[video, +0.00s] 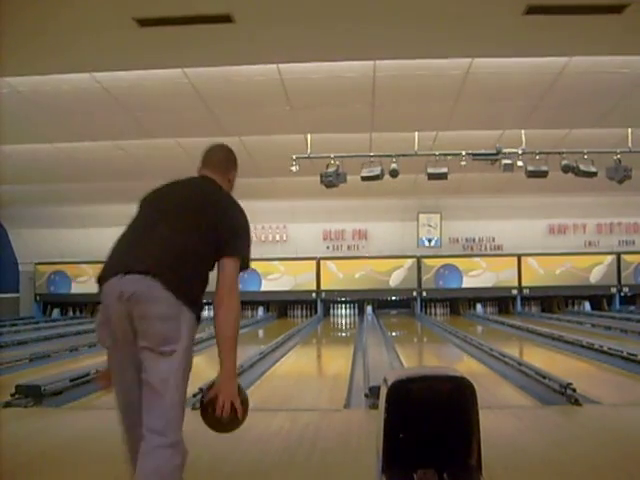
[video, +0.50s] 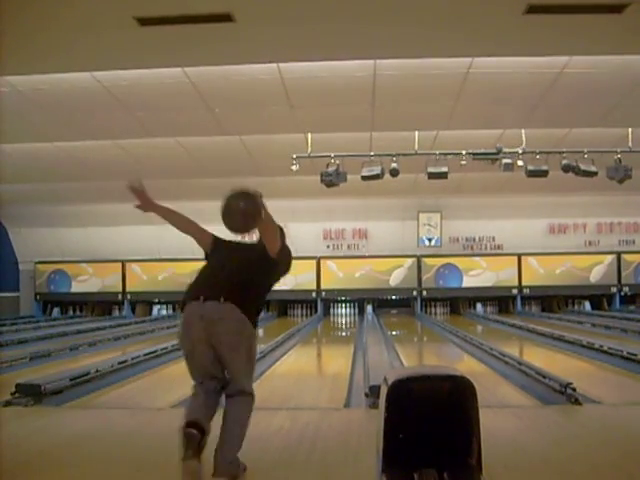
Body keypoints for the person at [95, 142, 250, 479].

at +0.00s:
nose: (232, 184)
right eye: (233, 180)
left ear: (200, 169)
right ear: (232, 177)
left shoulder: (160, 194)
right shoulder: (230, 210)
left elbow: (127, 262)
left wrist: (116, 358)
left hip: (114, 286)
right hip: (164, 293)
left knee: (132, 411)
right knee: (162, 428)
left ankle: (143, 470)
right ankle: (155, 471)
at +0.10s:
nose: (240, 198)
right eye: (242, 193)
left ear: (213, 181)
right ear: (242, 189)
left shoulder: (176, 202)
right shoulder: (239, 214)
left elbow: (132, 258)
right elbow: (233, 263)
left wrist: (97, 312)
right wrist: (229, 332)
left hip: (136, 286)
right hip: (183, 291)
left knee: (150, 398)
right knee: (178, 399)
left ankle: (172, 468)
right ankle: (166, 472)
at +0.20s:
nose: (248, 208)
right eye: (252, 204)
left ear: (224, 195)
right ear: (251, 201)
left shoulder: (190, 212)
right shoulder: (247, 216)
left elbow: (138, 242)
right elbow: (242, 230)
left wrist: (91, 270)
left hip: (152, 295)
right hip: (199, 297)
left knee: (162, 398)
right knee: (200, 389)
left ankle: (170, 471)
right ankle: (188, 466)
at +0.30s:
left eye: (244, 203)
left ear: (239, 201)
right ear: (262, 211)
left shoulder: (200, 226)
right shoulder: (262, 233)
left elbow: (154, 230)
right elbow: (250, 210)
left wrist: (102, 234)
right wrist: (230, 219)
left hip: (168, 290)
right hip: (214, 297)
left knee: (174, 389)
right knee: (220, 393)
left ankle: (170, 473)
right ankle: (212, 474)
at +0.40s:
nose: (278, 233)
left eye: (277, 229)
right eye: (278, 232)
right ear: (272, 234)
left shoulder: (209, 236)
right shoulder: (266, 243)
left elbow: (172, 224)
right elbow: (259, 212)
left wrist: (129, 211)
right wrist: (246, 188)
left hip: (180, 298)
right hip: (223, 303)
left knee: (190, 381)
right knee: (231, 385)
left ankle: (178, 459)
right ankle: (226, 466)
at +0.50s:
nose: (281, 233)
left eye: (280, 232)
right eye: (279, 234)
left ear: (236, 228)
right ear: (276, 239)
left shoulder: (222, 248)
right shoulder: (277, 259)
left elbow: (191, 228)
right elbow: (270, 234)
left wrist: (153, 207)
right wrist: (260, 211)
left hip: (193, 308)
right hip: (232, 312)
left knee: (207, 381)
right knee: (240, 390)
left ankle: (195, 426)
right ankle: (226, 463)